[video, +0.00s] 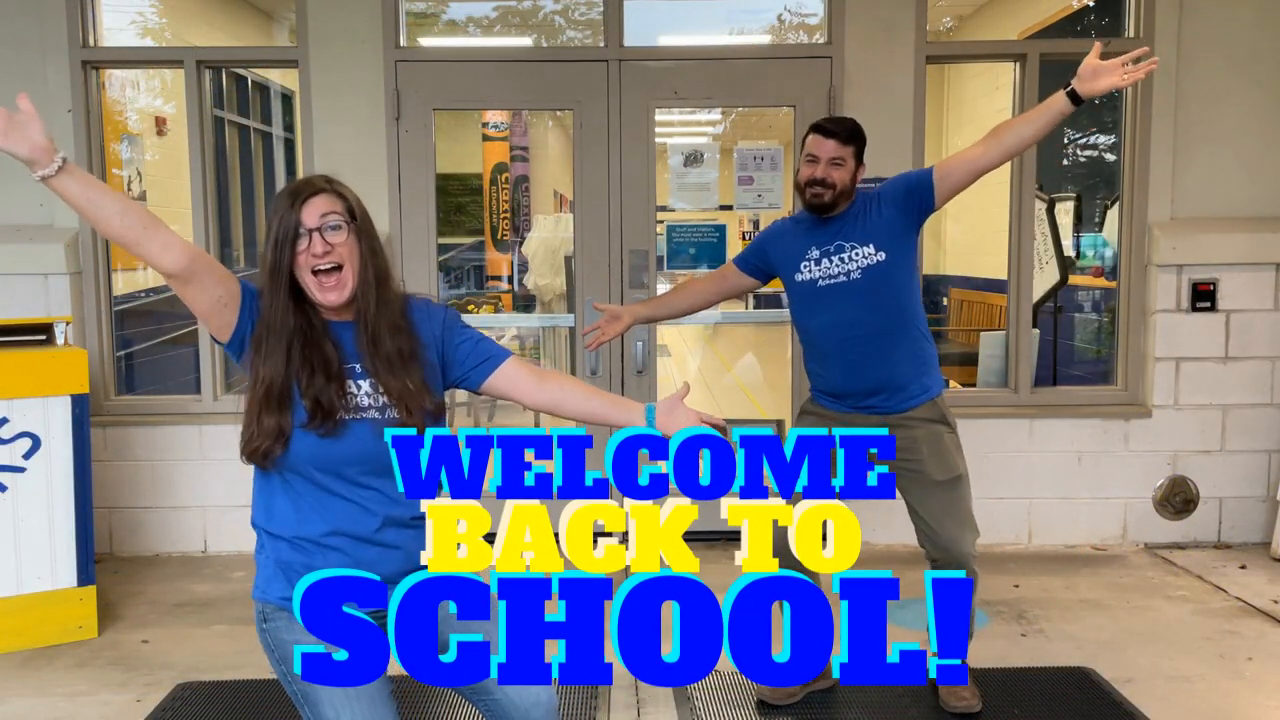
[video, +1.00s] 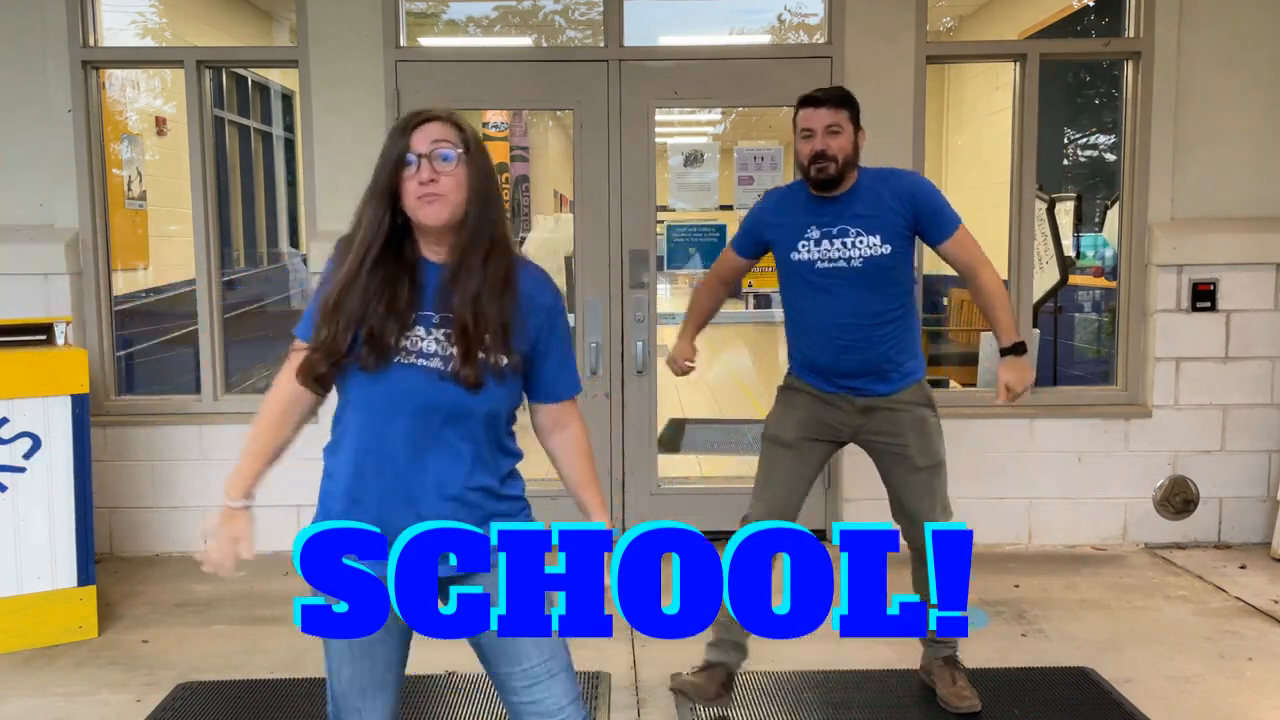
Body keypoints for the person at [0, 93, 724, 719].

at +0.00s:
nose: (322, 244)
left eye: (335, 227)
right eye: (304, 234)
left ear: (366, 240)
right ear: (285, 256)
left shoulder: (420, 324)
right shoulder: (267, 324)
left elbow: (534, 385)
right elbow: (170, 255)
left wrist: (652, 414)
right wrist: (49, 164)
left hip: (429, 575)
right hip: (312, 589)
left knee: (531, 681)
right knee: (360, 706)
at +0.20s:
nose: (328, 243)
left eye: (342, 225)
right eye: (310, 233)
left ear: (373, 236)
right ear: (290, 252)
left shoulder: (427, 321)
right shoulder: (273, 321)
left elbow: (535, 378)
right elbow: (167, 258)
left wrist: (657, 408)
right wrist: (43, 176)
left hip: (429, 574)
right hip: (315, 583)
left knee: (536, 675)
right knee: (356, 705)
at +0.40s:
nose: (332, 240)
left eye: (347, 223)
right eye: (314, 230)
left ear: (378, 233)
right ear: (296, 249)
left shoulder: (433, 319)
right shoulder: (278, 318)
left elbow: (544, 377)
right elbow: (167, 255)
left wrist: (659, 407)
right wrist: (39, 174)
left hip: (434, 575)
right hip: (322, 582)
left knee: (537, 670)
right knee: (361, 707)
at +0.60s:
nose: (347, 233)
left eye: (361, 218)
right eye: (329, 222)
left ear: (389, 232)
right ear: (307, 241)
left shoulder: (442, 317)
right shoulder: (287, 313)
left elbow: (547, 381)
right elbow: (160, 275)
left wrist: (672, 415)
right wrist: (32, 217)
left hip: (437, 567)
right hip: (324, 572)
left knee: (542, 686)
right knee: (359, 710)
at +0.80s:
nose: (378, 197)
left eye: (395, 186)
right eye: (361, 188)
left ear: (422, 214)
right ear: (339, 217)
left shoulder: (469, 308)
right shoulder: (297, 297)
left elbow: (566, 398)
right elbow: (155, 342)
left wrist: (671, 471)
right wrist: (12, 369)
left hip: (458, 557)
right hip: (332, 570)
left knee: (550, 686)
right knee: (354, 712)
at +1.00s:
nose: (425, 173)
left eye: (443, 157)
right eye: (410, 162)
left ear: (476, 175)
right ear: (393, 186)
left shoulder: (525, 289)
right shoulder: (358, 269)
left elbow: (558, 420)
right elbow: (301, 381)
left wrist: (602, 526)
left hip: (486, 536)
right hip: (362, 539)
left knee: (555, 710)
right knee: (362, 713)